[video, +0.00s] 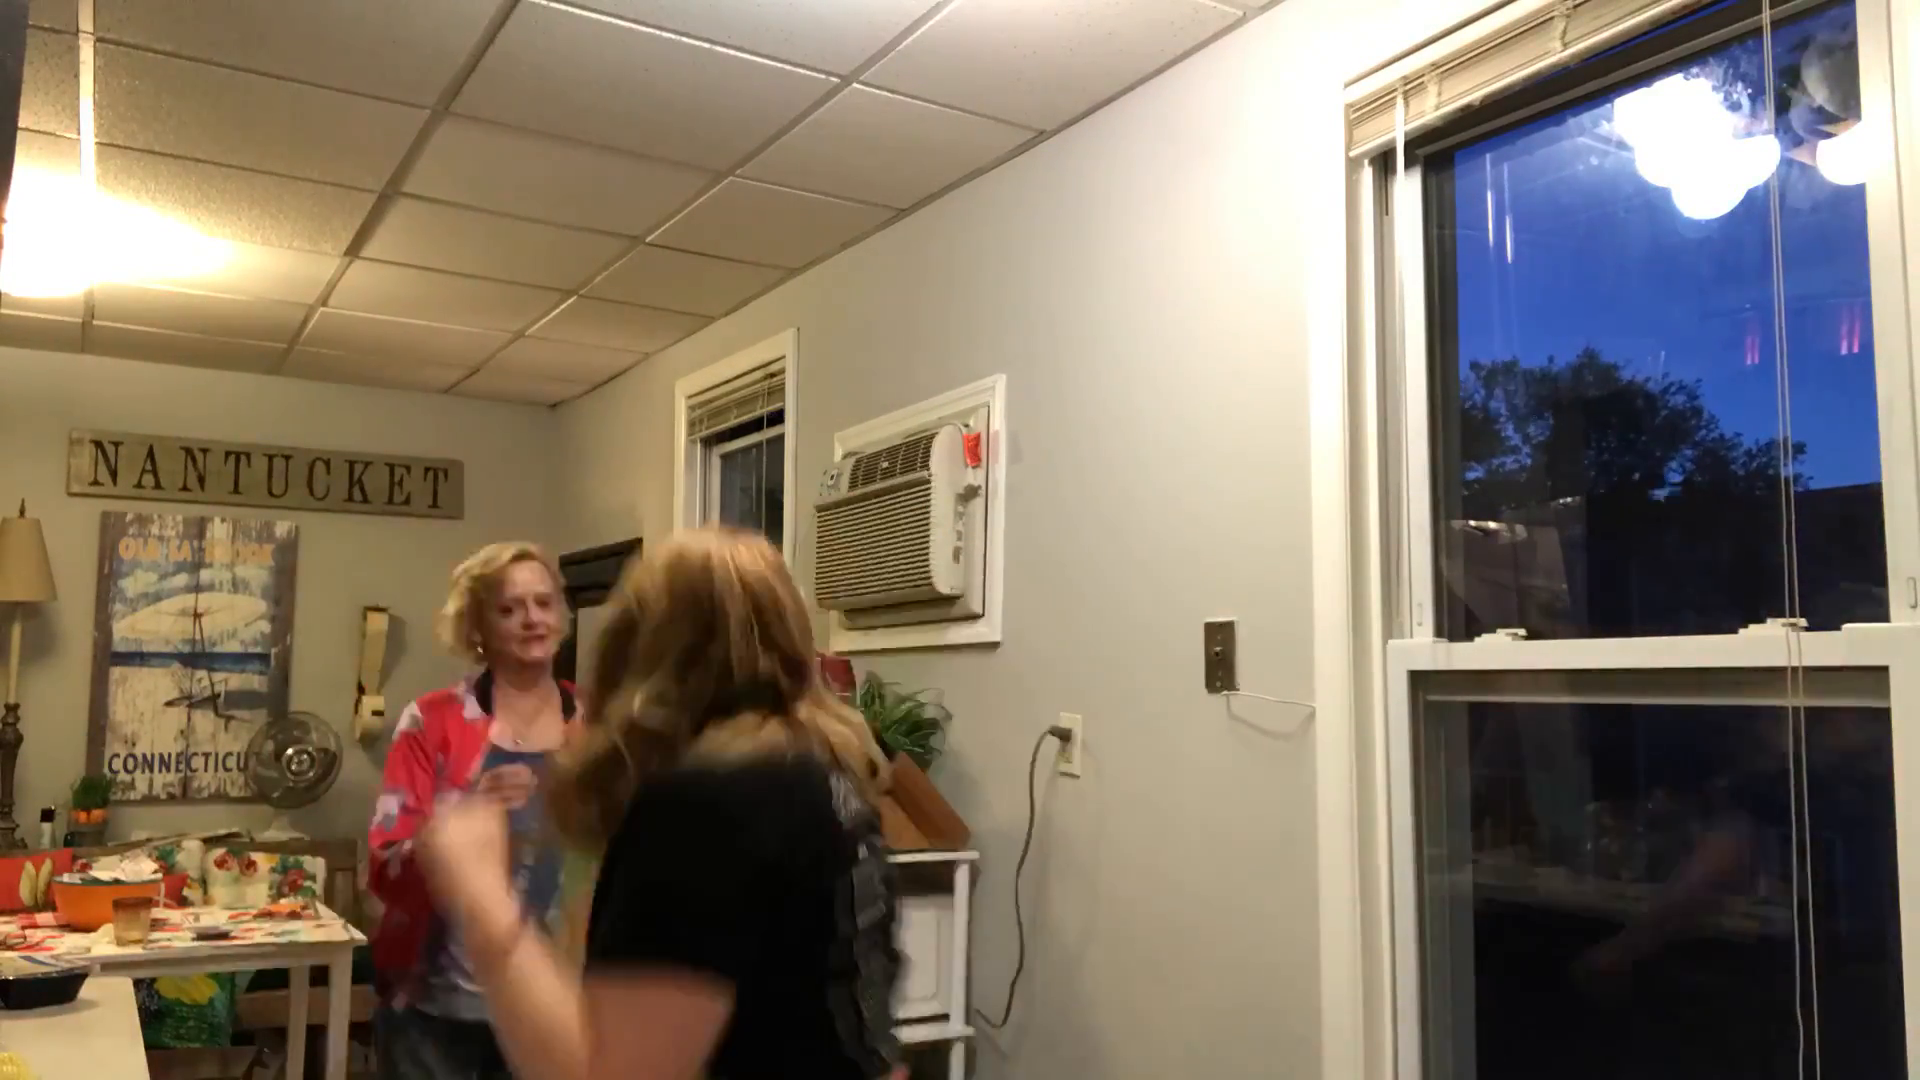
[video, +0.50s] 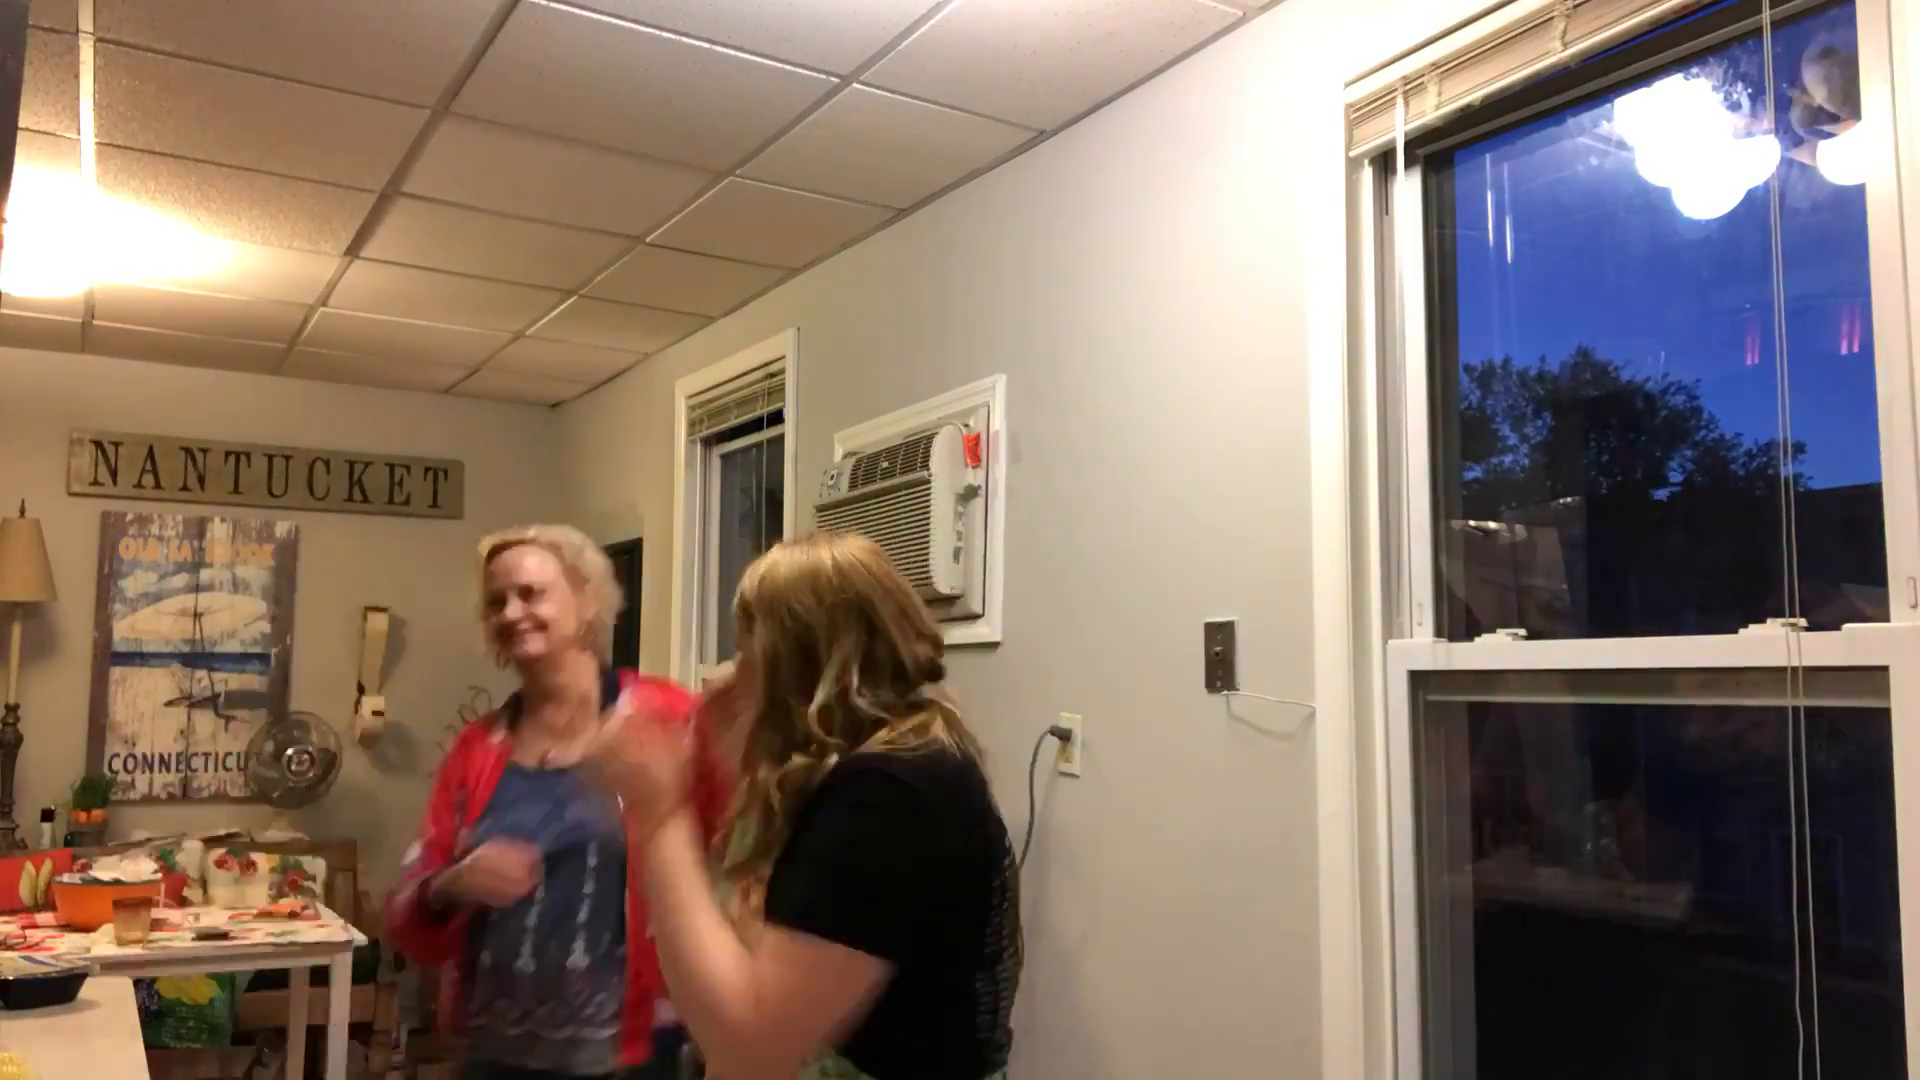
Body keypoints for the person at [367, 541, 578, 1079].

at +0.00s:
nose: (532, 620)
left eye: (544, 603)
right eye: (509, 608)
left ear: (563, 614)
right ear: (477, 626)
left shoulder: (596, 727)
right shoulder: (432, 721)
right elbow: (386, 866)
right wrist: (469, 811)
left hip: (560, 1003)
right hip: (440, 1001)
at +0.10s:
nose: (504, 650)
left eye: (516, 634)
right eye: (507, 635)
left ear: (565, 643)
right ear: (558, 645)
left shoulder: (619, 734)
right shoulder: (548, 733)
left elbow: (621, 887)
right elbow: (541, 860)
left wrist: (505, 900)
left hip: (593, 999)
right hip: (533, 993)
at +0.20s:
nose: (432, 632)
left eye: (446, 616)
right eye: (420, 622)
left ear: (484, 615)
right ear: (410, 633)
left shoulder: (545, 711)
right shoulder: (391, 713)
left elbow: (569, 840)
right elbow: (350, 827)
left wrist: (505, 941)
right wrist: (334, 916)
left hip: (502, 958)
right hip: (401, 961)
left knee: (513, 1073)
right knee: (413, 1075)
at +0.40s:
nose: (415, 620)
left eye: (429, 602)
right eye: (394, 610)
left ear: (453, 614)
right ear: (370, 629)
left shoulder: (507, 720)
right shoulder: (329, 727)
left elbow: (580, 808)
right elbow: (283, 865)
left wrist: (600, 900)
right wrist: (378, 910)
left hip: (480, 991)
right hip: (377, 997)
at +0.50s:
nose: (511, 614)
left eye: (531, 594)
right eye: (498, 602)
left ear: (585, 599)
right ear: (488, 621)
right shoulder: (478, 748)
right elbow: (409, 919)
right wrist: (451, 885)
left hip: (624, 1048)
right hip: (496, 1044)